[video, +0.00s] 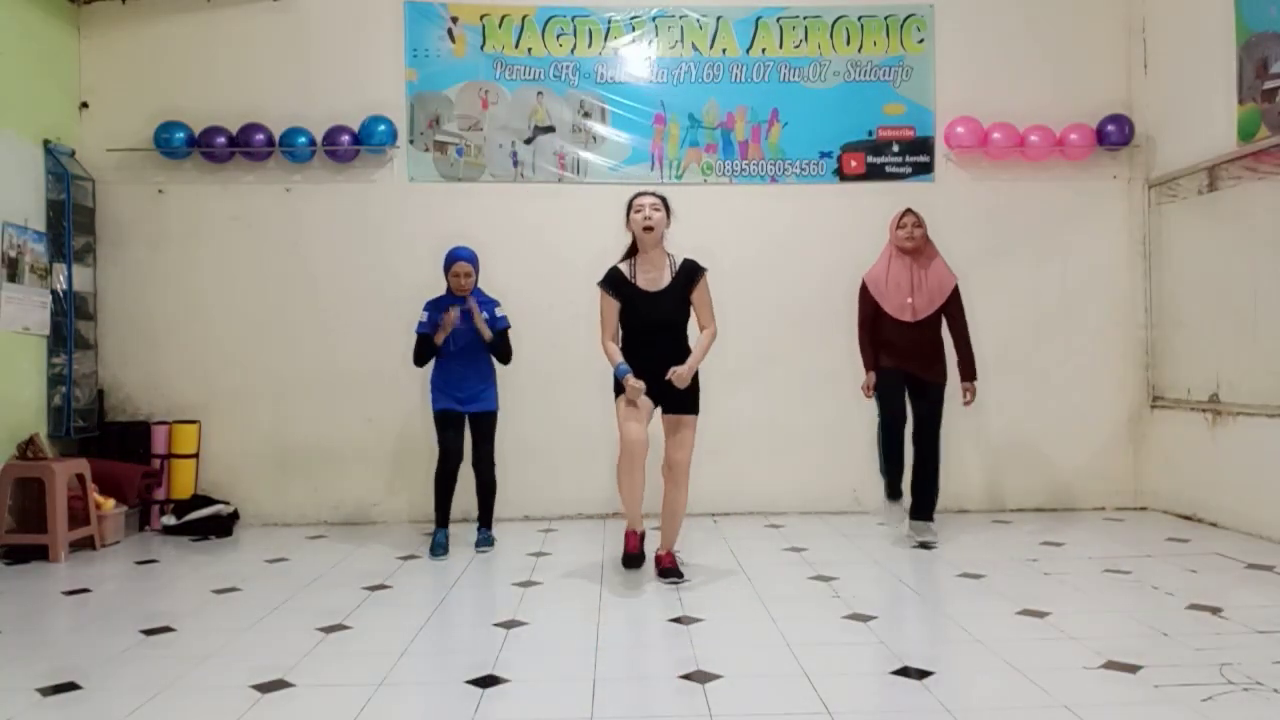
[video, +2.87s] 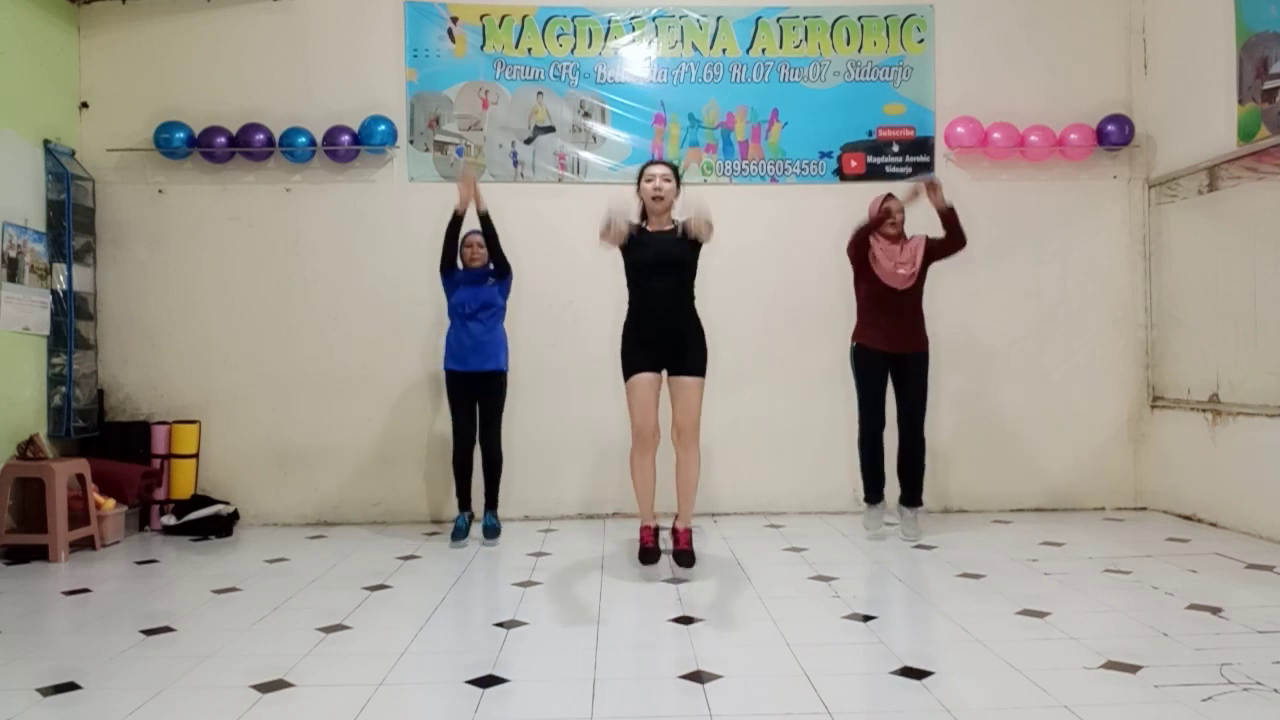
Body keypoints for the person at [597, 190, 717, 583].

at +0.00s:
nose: (647, 215)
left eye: (655, 209)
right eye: (639, 210)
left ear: (668, 221)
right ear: (629, 224)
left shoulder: (689, 272)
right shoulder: (616, 277)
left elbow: (708, 328)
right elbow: (608, 339)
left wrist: (690, 367)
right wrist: (625, 374)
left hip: (679, 373)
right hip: (634, 373)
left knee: (677, 463)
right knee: (633, 440)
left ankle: (666, 551)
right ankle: (633, 530)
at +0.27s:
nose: (647, 215)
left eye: (654, 210)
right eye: (638, 210)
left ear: (665, 223)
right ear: (627, 225)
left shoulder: (685, 272)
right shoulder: (616, 274)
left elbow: (705, 327)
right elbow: (606, 323)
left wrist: (689, 367)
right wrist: (609, 345)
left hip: (674, 375)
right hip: (629, 375)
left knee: (678, 466)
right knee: (632, 468)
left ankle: (668, 549)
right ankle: (632, 547)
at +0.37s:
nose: (647, 214)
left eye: (654, 210)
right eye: (639, 210)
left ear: (665, 223)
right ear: (627, 226)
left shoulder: (686, 272)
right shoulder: (619, 272)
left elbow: (707, 325)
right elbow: (605, 313)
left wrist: (691, 366)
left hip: (671, 372)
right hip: (628, 373)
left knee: (678, 451)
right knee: (630, 464)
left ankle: (669, 530)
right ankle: (631, 546)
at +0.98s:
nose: (655, 219)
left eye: (662, 213)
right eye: (647, 214)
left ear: (674, 225)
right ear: (637, 227)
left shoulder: (692, 273)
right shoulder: (627, 268)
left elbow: (697, 328)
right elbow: (622, 273)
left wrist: (675, 331)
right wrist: (641, 245)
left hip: (679, 371)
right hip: (636, 372)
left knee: (688, 464)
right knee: (642, 464)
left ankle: (675, 542)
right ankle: (644, 546)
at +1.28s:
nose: (655, 219)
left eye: (662, 214)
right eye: (648, 215)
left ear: (674, 225)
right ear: (637, 227)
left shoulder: (690, 272)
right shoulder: (628, 269)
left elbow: (722, 259)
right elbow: (620, 277)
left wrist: (673, 259)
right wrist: (640, 250)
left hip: (682, 373)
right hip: (638, 373)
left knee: (682, 467)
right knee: (637, 465)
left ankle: (678, 547)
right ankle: (646, 544)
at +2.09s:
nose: (658, 217)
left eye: (667, 212)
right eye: (651, 212)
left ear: (677, 224)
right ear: (640, 225)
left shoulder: (692, 266)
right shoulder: (629, 268)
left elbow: (704, 235)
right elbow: (621, 252)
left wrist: (684, 198)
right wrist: (637, 214)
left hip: (685, 372)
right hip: (640, 372)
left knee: (684, 465)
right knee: (642, 466)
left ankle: (679, 549)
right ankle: (642, 546)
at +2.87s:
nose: (657, 185)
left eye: (665, 180)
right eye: (650, 180)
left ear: (676, 191)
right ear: (639, 191)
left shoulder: (689, 231)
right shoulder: (631, 232)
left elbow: (701, 229)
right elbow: (615, 233)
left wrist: (699, 225)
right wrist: (613, 227)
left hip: (686, 339)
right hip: (641, 339)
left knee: (686, 435)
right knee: (644, 436)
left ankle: (683, 528)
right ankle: (648, 527)